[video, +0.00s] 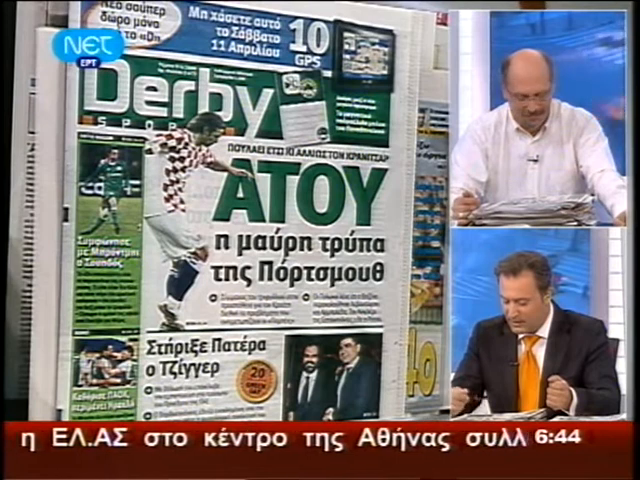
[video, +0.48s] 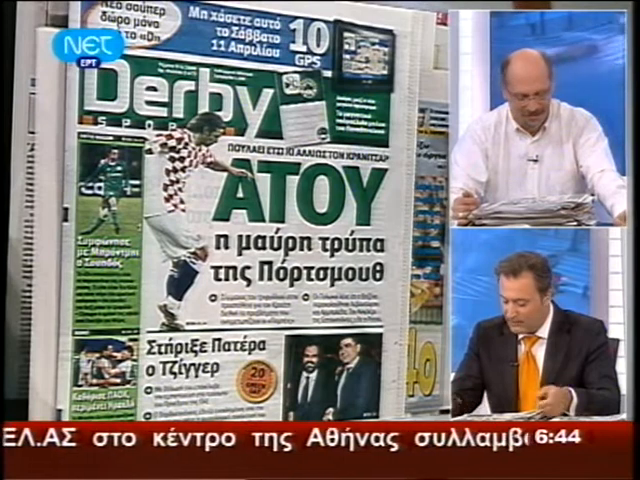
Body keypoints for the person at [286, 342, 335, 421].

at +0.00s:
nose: (310, 360)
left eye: (314, 356)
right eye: (307, 356)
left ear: (320, 359)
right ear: (302, 358)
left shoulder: (326, 377)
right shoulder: (295, 376)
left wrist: (330, 411)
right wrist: (290, 412)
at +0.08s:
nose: (310, 360)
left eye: (314, 356)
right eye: (307, 356)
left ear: (320, 359)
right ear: (302, 358)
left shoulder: (326, 377)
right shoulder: (295, 376)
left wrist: (330, 411)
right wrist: (290, 412)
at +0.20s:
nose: (310, 360)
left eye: (314, 356)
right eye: (307, 356)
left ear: (320, 359)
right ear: (302, 358)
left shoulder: (326, 377)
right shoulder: (295, 376)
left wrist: (330, 411)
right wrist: (290, 412)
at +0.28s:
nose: (309, 360)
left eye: (314, 356)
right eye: (306, 356)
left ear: (320, 359)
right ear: (302, 358)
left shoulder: (326, 377)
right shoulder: (296, 375)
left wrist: (330, 411)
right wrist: (290, 412)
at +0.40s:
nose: (310, 360)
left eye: (314, 356)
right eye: (307, 356)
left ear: (320, 359)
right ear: (302, 358)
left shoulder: (326, 377)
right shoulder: (296, 376)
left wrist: (330, 411)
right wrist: (290, 412)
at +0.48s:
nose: (310, 360)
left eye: (314, 356)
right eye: (307, 356)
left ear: (320, 359)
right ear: (302, 358)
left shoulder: (326, 377)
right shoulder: (295, 375)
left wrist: (330, 411)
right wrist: (290, 412)